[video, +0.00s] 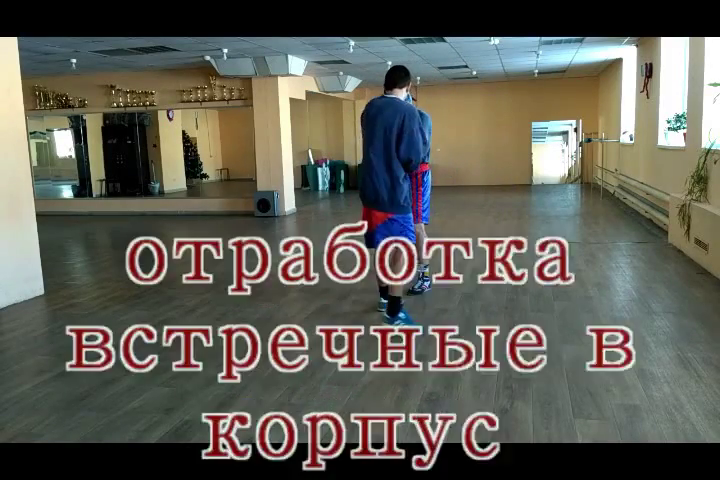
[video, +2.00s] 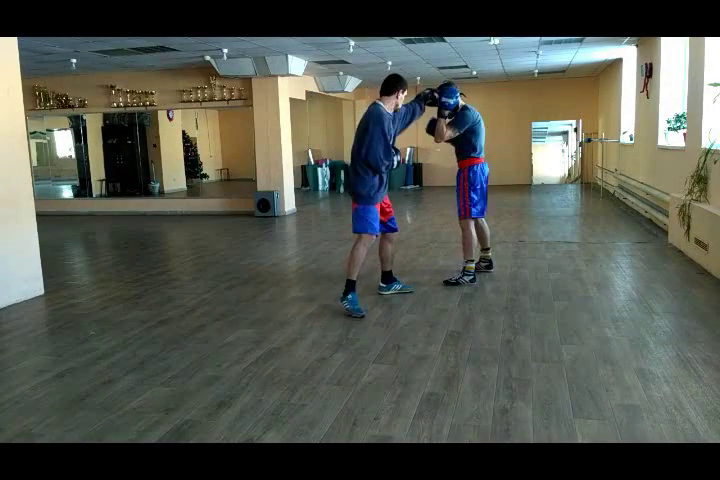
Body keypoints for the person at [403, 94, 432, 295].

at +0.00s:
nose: (404, 102)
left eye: (405, 99)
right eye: (404, 98)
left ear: (410, 99)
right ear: (408, 97)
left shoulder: (421, 118)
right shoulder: (398, 119)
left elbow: (421, 150)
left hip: (419, 172)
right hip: (401, 171)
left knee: (417, 224)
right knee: (404, 221)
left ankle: (423, 273)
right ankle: (407, 268)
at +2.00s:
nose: (443, 107)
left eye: (444, 103)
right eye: (442, 104)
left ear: (450, 101)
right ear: (456, 99)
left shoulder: (467, 113)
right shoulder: (462, 113)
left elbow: (441, 136)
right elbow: (439, 136)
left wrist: (442, 112)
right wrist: (441, 116)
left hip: (470, 168)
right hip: (476, 166)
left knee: (466, 220)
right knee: (478, 217)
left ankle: (469, 271)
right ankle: (486, 258)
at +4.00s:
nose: (488, 102)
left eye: (488, 99)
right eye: (487, 99)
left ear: (491, 98)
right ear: (509, 96)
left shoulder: (492, 113)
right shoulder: (528, 118)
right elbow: (525, 151)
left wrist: (478, 146)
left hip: (494, 173)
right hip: (518, 173)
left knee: (473, 221)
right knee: (530, 222)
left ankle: (463, 270)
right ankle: (545, 270)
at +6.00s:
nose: (526, 96)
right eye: (525, 93)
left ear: (503, 91)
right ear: (523, 93)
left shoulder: (491, 110)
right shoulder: (531, 109)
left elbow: (491, 138)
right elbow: (537, 146)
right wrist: (522, 134)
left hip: (497, 172)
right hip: (521, 170)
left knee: (491, 225)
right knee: (540, 225)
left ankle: (486, 272)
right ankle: (540, 278)